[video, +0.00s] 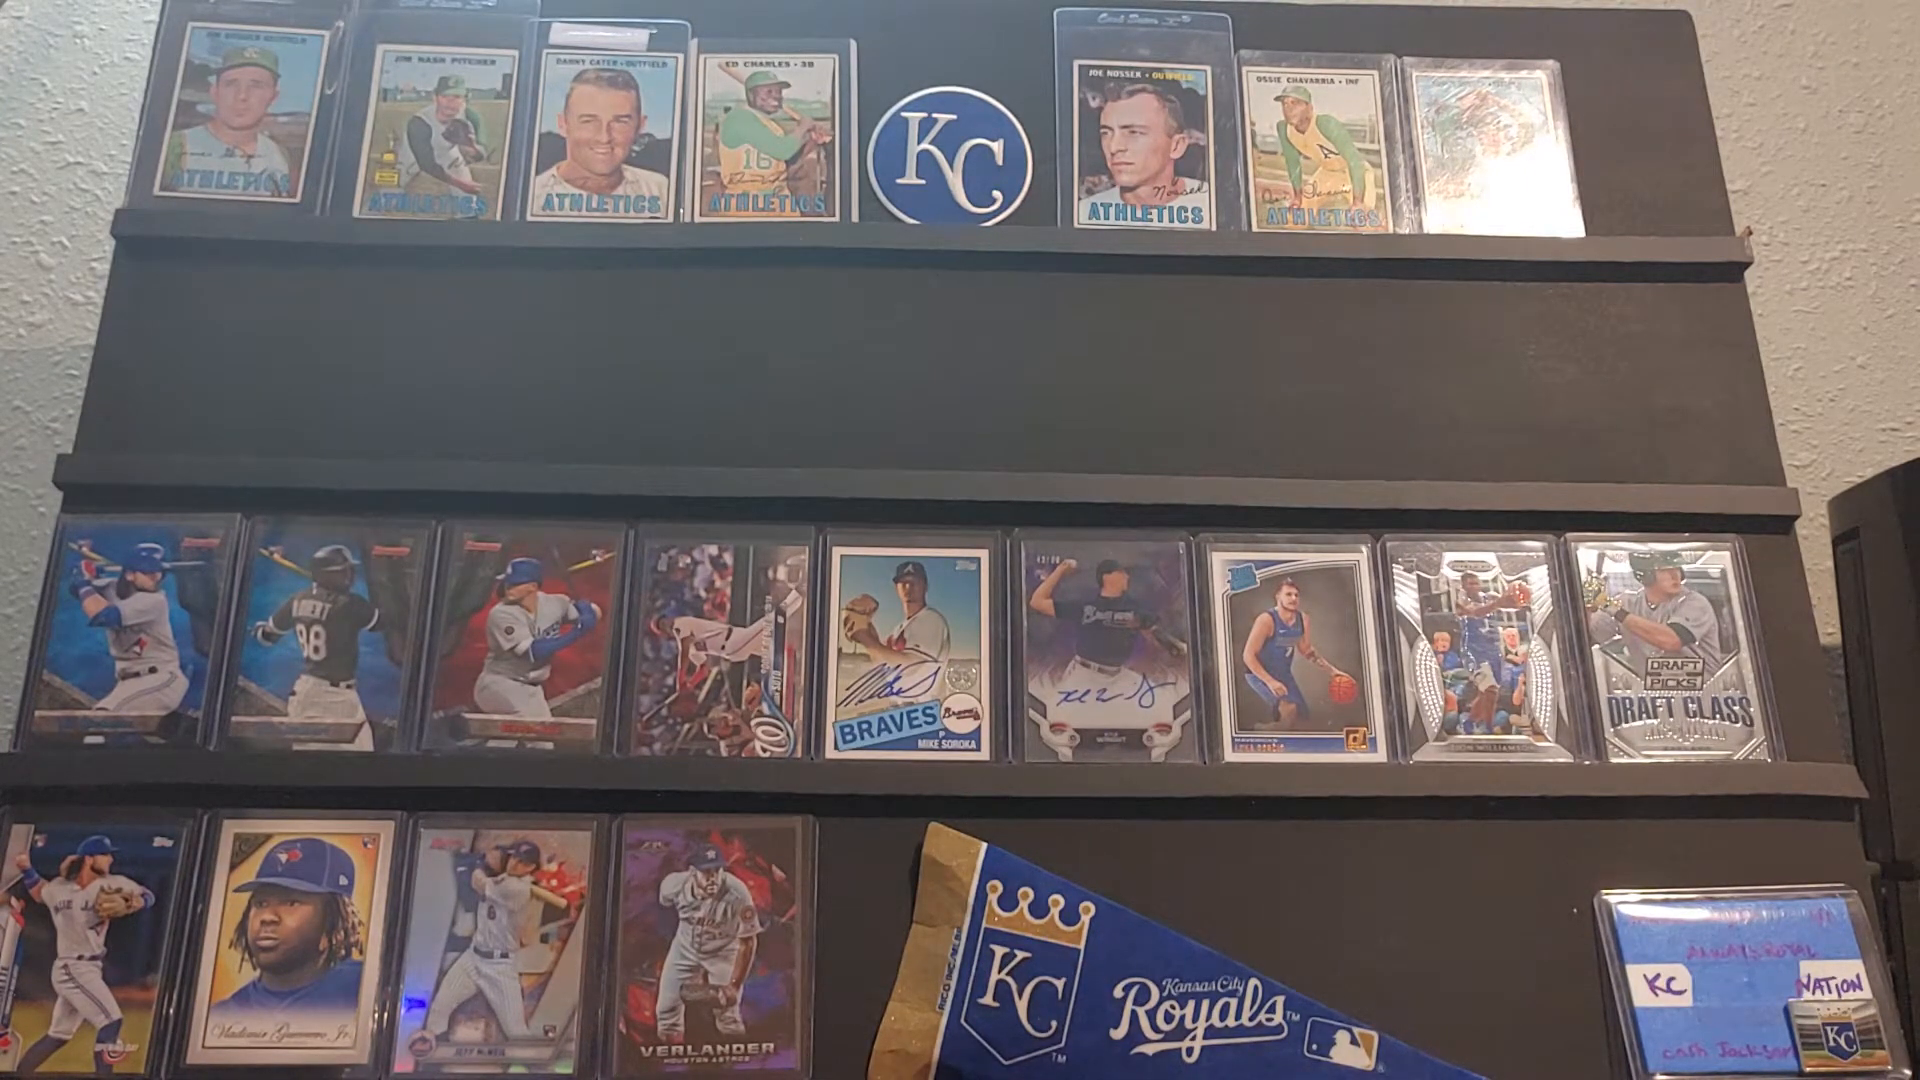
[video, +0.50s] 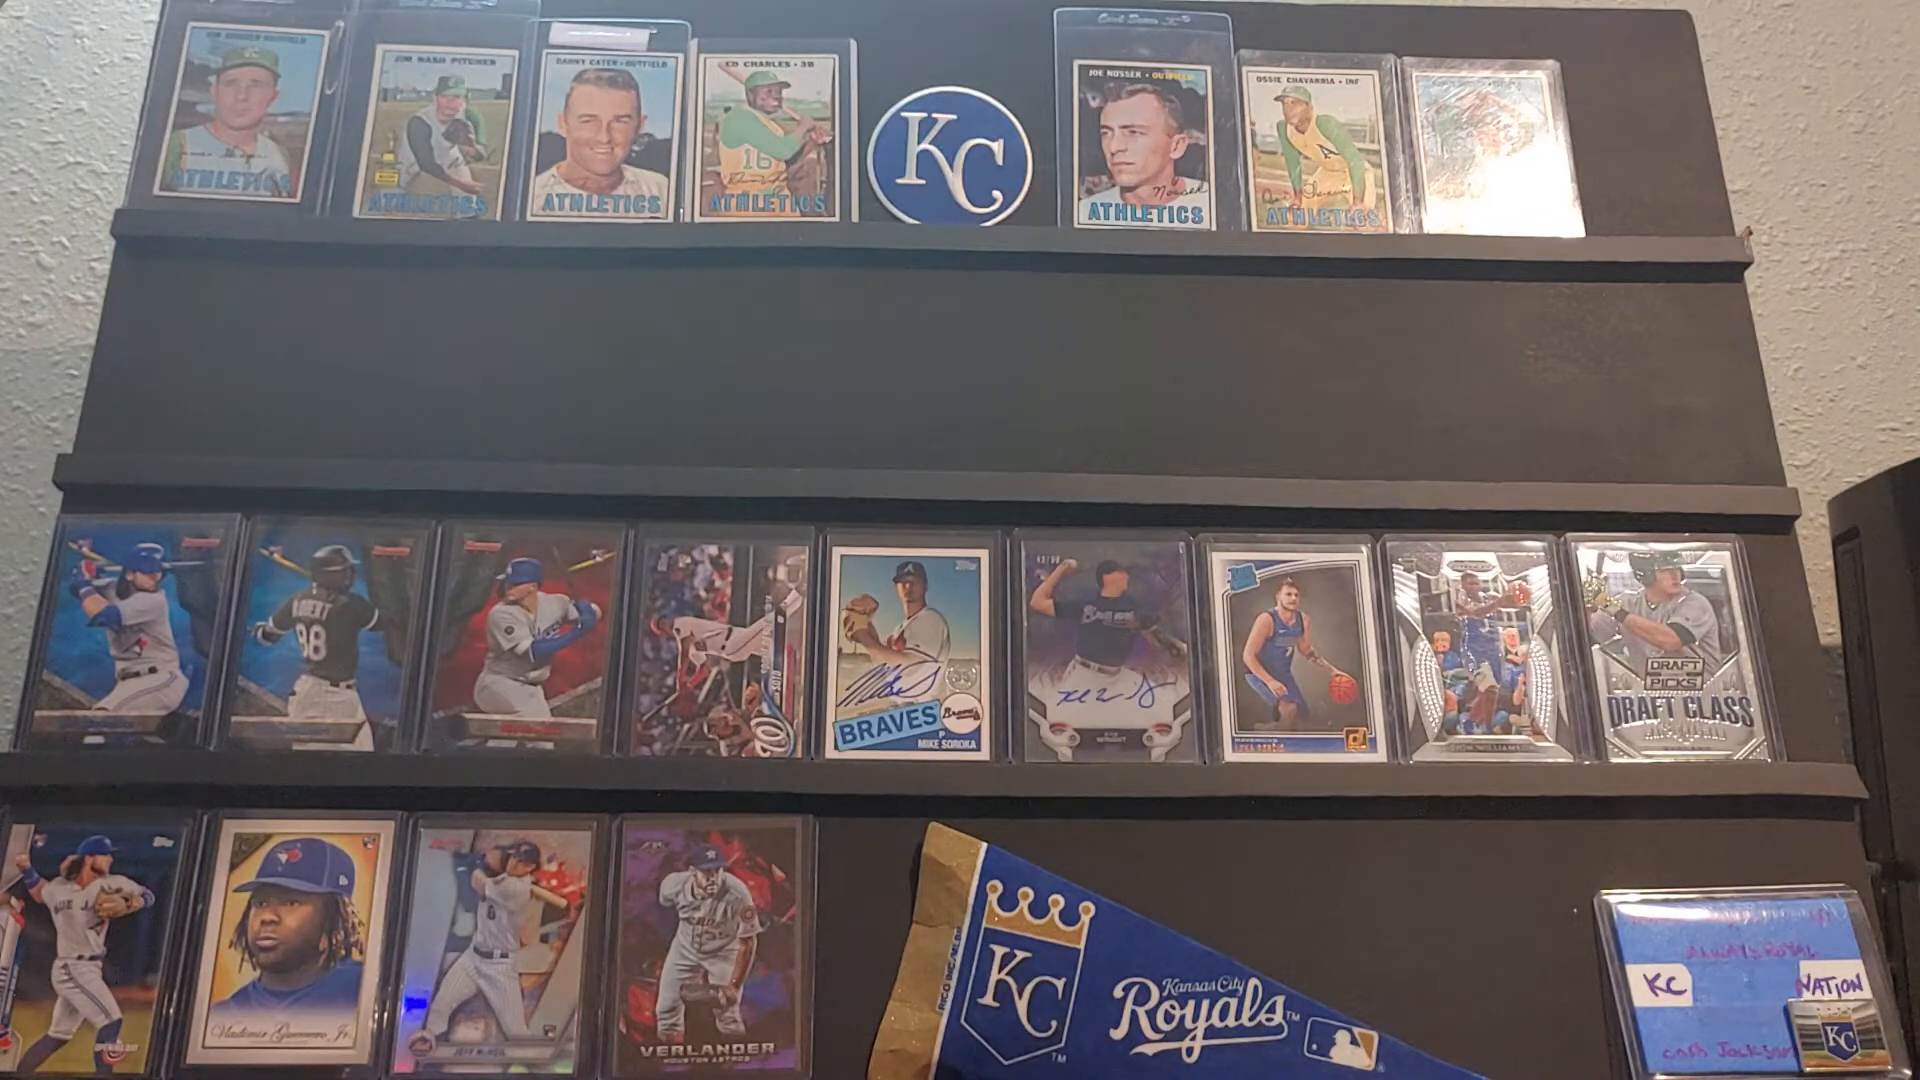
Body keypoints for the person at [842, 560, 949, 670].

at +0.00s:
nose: (907, 588)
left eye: (913, 583)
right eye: (902, 583)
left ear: (925, 586)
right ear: (896, 588)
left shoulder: (930, 619)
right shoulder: (901, 627)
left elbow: (911, 662)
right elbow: (880, 660)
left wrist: (865, 638)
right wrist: (865, 623)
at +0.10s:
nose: (907, 588)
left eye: (913, 583)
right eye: (902, 583)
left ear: (925, 586)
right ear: (896, 587)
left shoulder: (931, 619)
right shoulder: (902, 626)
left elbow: (912, 663)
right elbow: (881, 660)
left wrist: (866, 639)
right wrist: (865, 624)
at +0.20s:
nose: (907, 588)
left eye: (913, 583)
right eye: (902, 583)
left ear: (925, 586)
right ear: (896, 588)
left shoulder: (930, 619)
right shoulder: (902, 626)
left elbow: (911, 663)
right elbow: (880, 659)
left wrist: (865, 638)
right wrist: (865, 623)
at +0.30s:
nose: (907, 588)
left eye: (913, 583)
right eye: (902, 583)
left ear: (925, 586)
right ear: (896, 588)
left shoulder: (930, 619)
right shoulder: (902, 626)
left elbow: (911, 663)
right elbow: (880, 659)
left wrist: (865, 638)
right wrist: (865, 623)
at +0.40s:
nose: (907, 587)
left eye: (913, 582)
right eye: (902, 582)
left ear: (924, 587)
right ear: (896, 588)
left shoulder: (929, 619)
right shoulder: (901, 627)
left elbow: (910, 661)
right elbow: (879, 658)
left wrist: (865, 639)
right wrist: (864, 621)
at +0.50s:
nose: (907, 587)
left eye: (913, 582)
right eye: (902, 582)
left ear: (924, 587)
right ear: (896, 588)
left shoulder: (929, 619)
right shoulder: (901, 627)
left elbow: (910, 661)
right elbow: (879, 658)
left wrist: (865, 639)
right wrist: (864, 621)